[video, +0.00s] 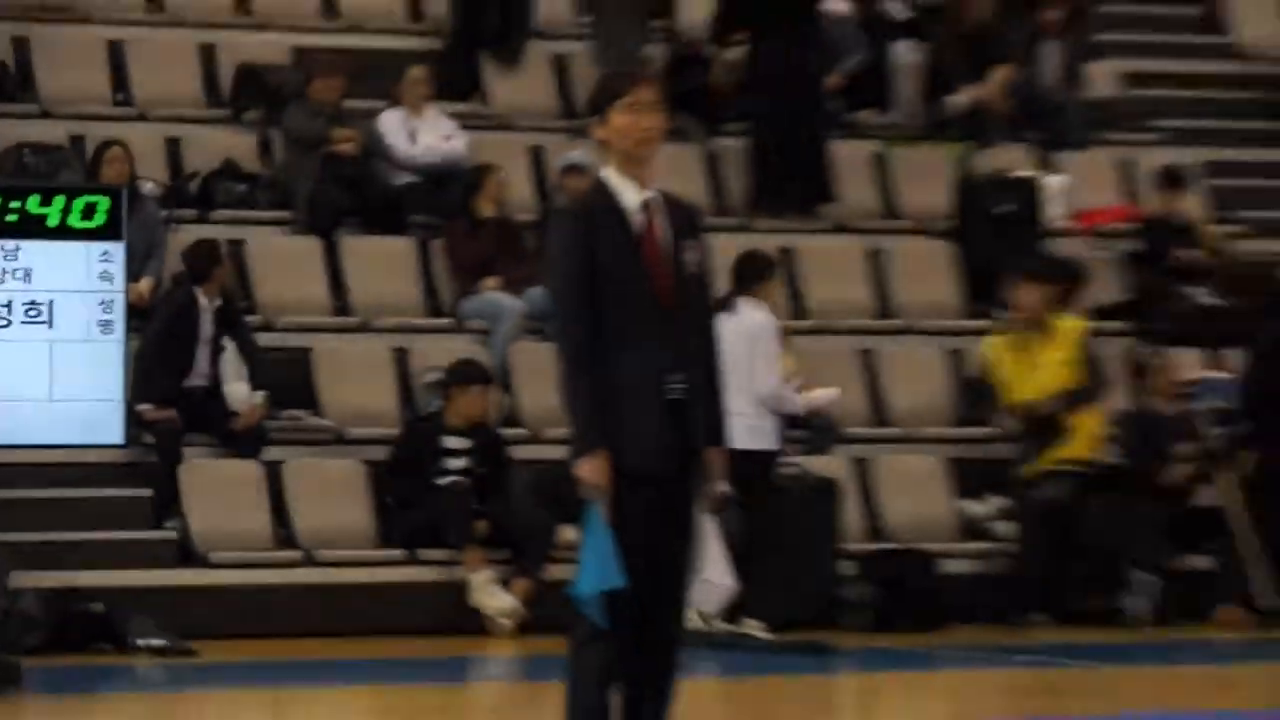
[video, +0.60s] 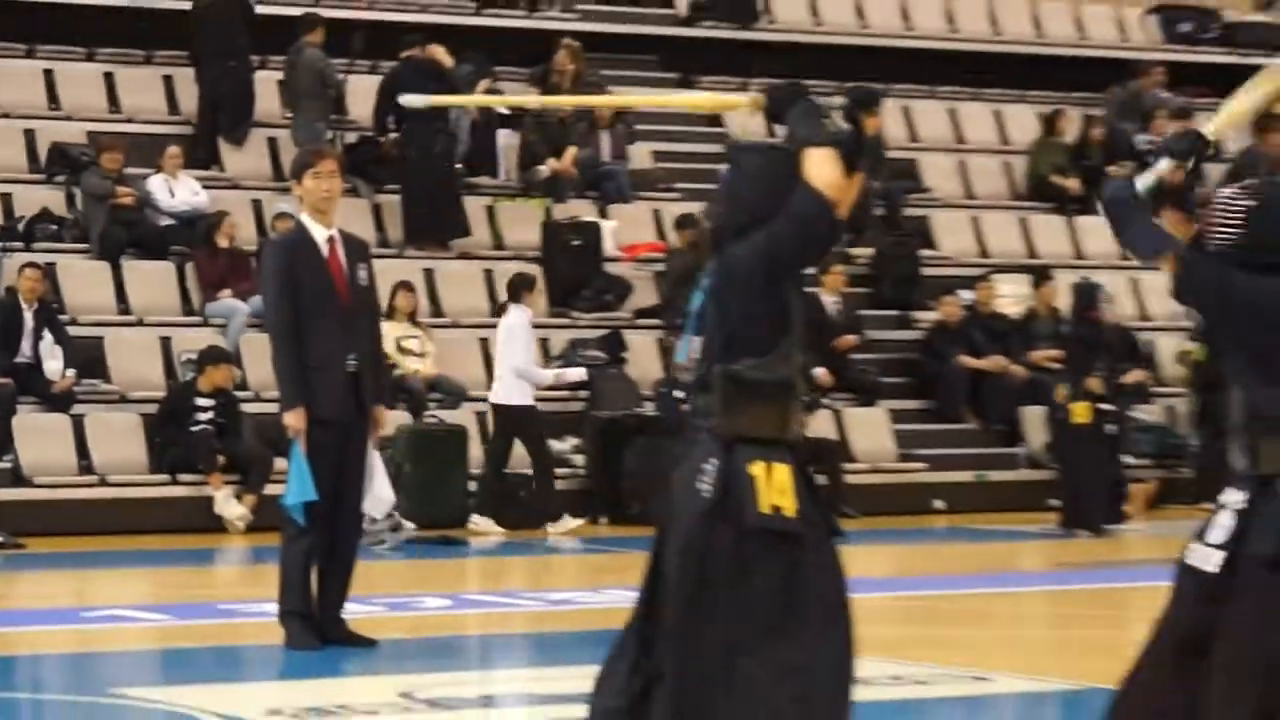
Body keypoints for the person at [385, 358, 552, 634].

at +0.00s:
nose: (483, 403)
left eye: (485, 394)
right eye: (476, 394)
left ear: (487, 396)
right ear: (454, 395)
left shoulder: (489, 439)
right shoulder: (419, 432)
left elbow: (499, 489)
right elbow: (402, 485)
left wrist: (488, 518)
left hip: (473, 522)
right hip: (421, 523)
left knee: (537, 523)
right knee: (457, 495)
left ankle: (512, 599)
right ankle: (479, 580)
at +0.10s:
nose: (423, 400)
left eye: (424, 393)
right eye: (417, 392)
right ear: (395, 393)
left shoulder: (422, 433)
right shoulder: (358, 428)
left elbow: (432, 482)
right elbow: (339, 479)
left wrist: (420, 508)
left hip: (406, 509)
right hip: (356, 511)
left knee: (467, 512)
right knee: (393, 485)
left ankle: (444, 585)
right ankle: (414, 566)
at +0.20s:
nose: (375, 397)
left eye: (376, 390)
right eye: (369, 390)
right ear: (347, 390)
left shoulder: (370, 427)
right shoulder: (311, 420)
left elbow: (379, 472)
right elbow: (294, 468)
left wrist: (370, 497)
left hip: (356, 494)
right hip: (310, 498)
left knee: (412, 502)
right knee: (342, 478)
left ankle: (392, 568)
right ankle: (364, 553)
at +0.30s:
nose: (330, 392)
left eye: (331, 386)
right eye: (324, 386)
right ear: (303, 386)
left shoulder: (326, 421)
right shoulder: (270, 414)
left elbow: (335, 463)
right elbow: (251, 458)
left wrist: (324, 485)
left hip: (312, 486)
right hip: (270, 488)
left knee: (363, 488)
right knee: (300, 465)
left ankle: (346, 551)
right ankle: (319, 536)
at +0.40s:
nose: (291, 383)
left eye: (291, 377)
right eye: (285, 376)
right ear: (267, 377)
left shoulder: (288, 409)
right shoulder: (235, 403)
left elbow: (296, 449)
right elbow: (216, 445)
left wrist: (285, 470)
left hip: (275, 470)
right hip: (234, 471)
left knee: (326, 474)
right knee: (264, 451)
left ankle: (306, 532)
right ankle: (280, 517)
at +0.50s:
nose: (260, 381)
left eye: (259, 376)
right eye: (254, 375)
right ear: (237, 376)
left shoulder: (257, 406)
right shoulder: (206, 400)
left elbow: (262, 445)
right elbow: (189, 440)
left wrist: (253, 464)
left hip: (244, 463)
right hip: (204, 464)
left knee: (292, 468)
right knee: (233, 445)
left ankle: (273, 523)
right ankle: (248, 508)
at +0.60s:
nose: (231, 375)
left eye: (230, 370)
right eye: (226, 369)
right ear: (208, 370)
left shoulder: (228, 399)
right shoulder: (179, 394)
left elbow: (234, 435)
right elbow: (162, 430)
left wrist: (224, 454)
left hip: (217, 452)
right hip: (179, 454)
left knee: (262, 457)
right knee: (205, 436)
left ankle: (243, 510)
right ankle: (220, 496)